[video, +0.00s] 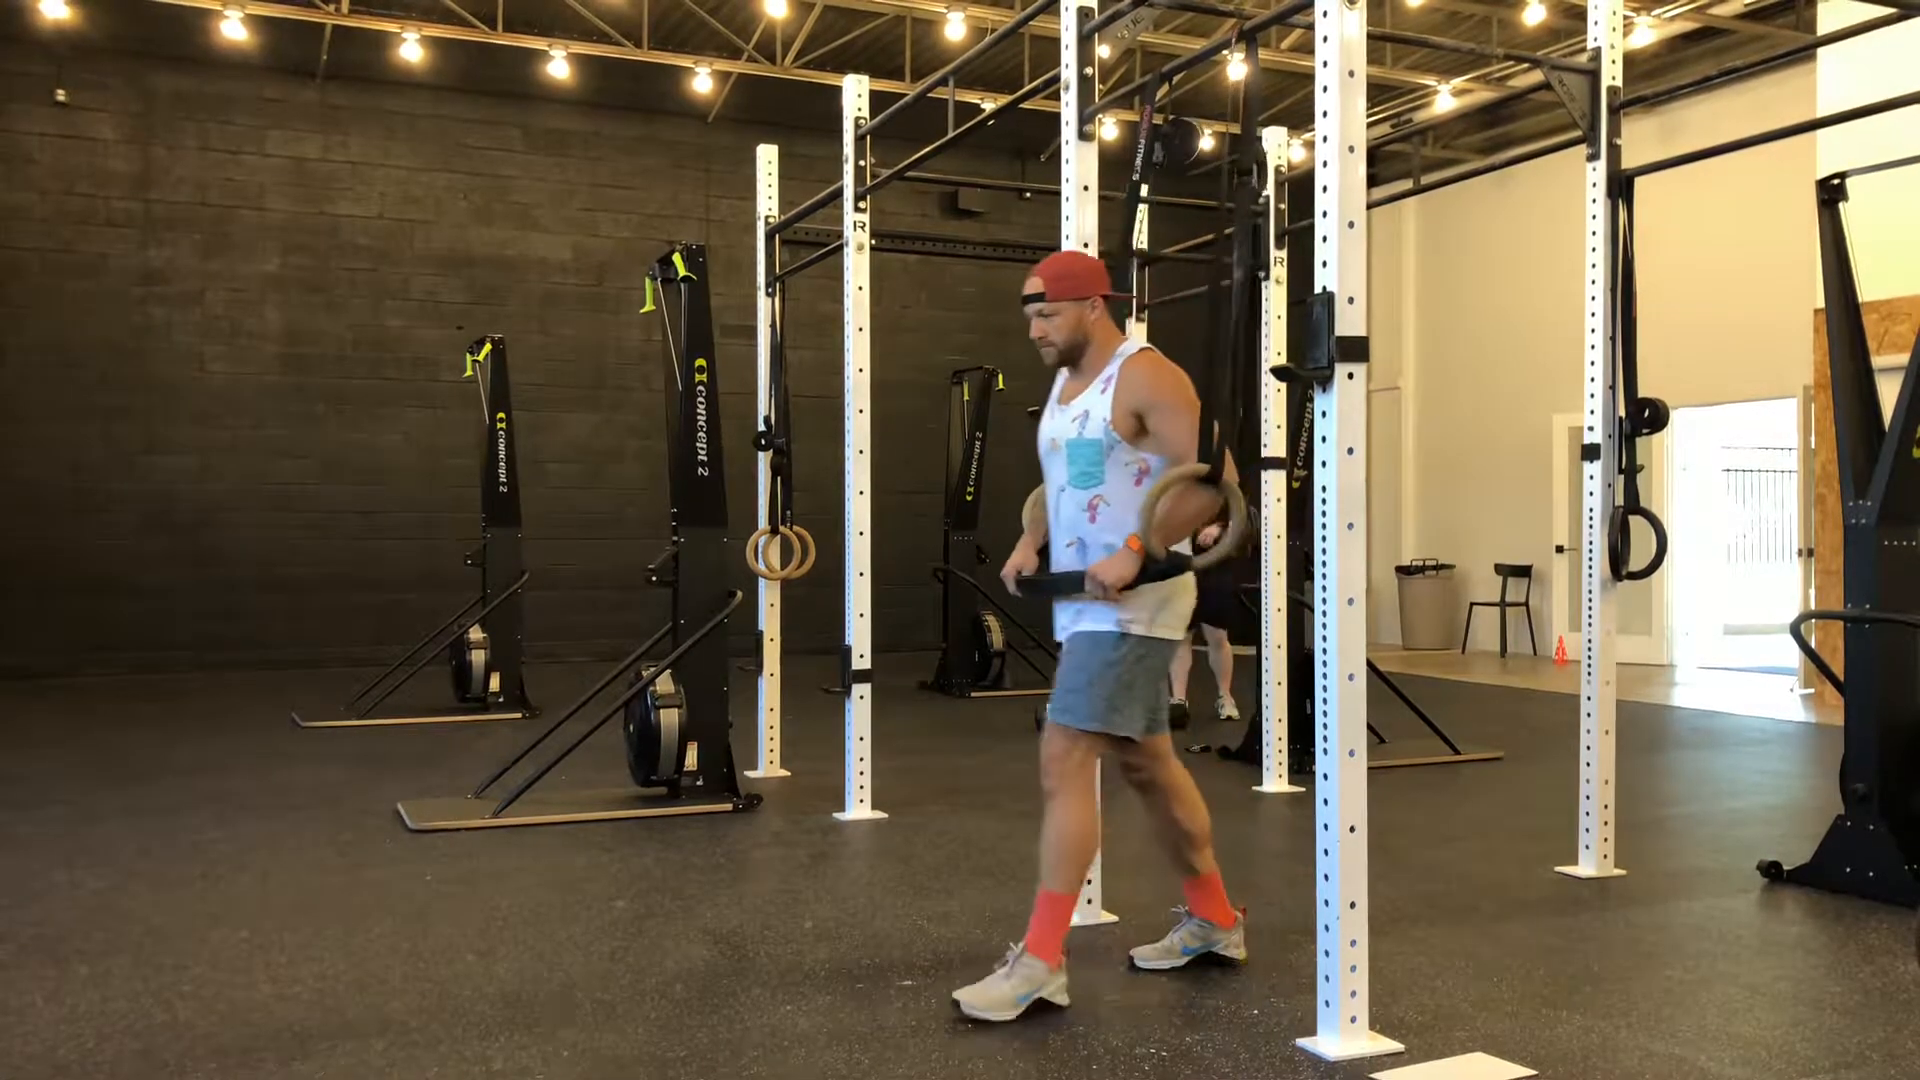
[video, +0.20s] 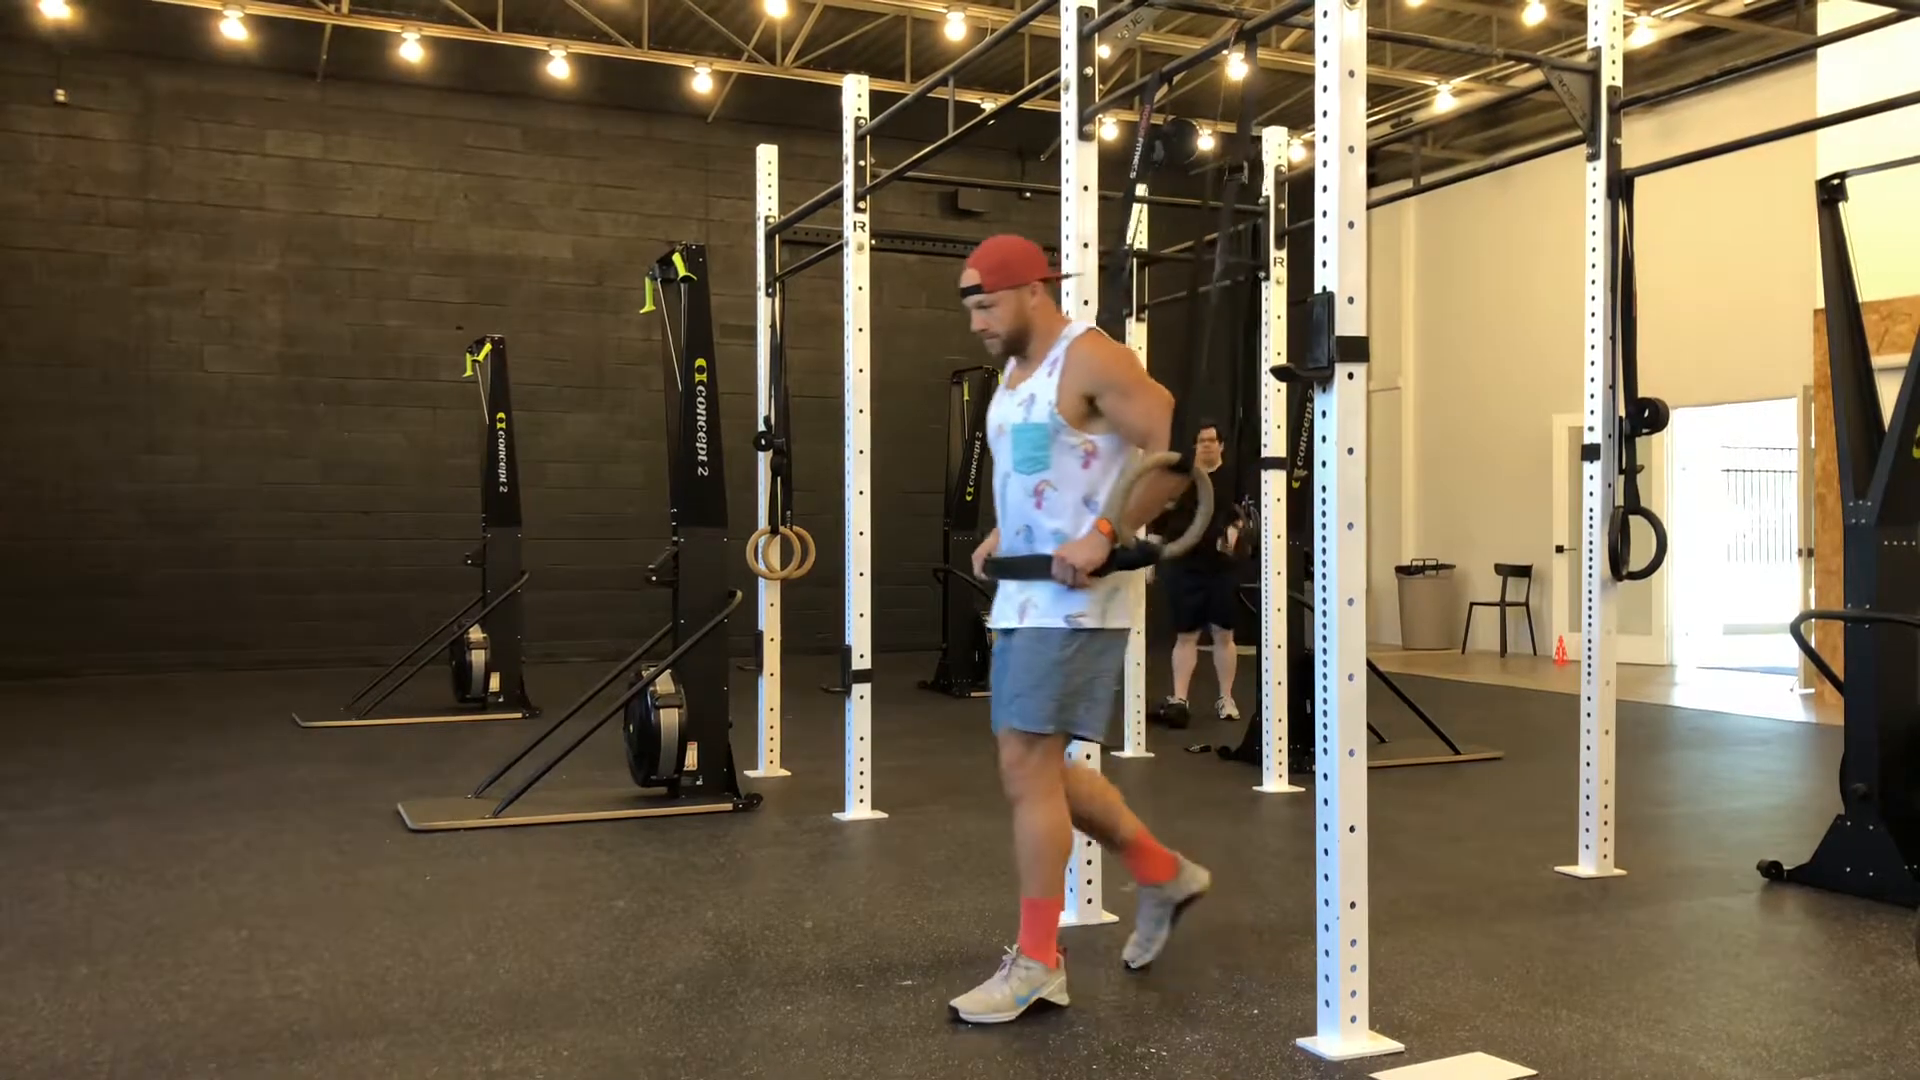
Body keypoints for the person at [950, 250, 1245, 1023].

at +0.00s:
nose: (1032, 324)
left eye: (1043, 308)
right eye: (1029, 311)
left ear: (1094, 306)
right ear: (1049, 318)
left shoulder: (1149, 378)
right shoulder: (1065, 387)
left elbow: (1205, 482)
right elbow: (1067, 483)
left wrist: (1138, 550)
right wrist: (1033, 534)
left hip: (1135, 600)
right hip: (1092, 599)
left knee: (1065, 755)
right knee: (1148, 762)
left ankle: (1042, 959)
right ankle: (1214, 916)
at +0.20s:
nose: (971, 314)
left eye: (980, 298)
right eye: (968, 300)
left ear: (1029, 292)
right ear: (1010, 299)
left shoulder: (1091, 359)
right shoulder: (1016, 372)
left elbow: (1171, 444)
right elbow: (1046, 477)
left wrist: (1104, 531)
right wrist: (1004, 533)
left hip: (1073, 597)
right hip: (1027, 595)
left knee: (1028, 762)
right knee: (1041, 765)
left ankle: (1037, 959)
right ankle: (1164, 874)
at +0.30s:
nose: (942, 314)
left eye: (951, 296)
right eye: (938, 299)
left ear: (998, 286)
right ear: (981, 294)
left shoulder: (1067, 349)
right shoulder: (995, 365)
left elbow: (1150, 436)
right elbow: (1037, 469)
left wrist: (1087, 523)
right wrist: (992, 530)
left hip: (1057, 597)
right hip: (998, 591)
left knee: (1027, 764)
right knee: (975, 751)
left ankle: (1038, 964)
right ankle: (1109, 870)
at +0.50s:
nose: (893, 313)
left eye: (900, 294)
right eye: (888, 298)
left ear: (947, 280)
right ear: (930, 288)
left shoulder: (1016, 335)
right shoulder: (943, 367)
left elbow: (1111, 418)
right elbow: (983, 474)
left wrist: (1060, 521)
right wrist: (953, 554)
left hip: (1017, 602)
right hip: (955, 598)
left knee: (1017, 768)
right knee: (934, 757)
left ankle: (1036, 962)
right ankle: (929, 947)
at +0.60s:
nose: (866, 313)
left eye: (873, 295)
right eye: (860, 299)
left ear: (922, 280)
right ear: (901, 292)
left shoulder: (987, 333)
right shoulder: (918, 366)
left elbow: (1086, 415)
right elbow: (961, 472)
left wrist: (1039, 522)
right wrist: (931, 559)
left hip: (1001, 599)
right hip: (933, 598)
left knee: (1016, 769)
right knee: (912, 763)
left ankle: (1037, 961)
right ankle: (879, 951)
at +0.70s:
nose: (827, 317)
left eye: (834, 299)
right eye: (823, 302)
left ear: (881, 285)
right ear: (867, 291)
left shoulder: (951, 335)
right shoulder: (884, 366)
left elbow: (1049, 410)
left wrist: (1007, 522)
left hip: (970, 604)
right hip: (902, 602)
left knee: (992, 775)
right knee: (873, 762)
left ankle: (1035, 960)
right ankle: (876, 957)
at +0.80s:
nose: (801, 316)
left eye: (808, 297)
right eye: (797, 302)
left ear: (854, 282)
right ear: (842, 291)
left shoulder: (922, 333)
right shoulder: (860, 364)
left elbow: (1025, 407)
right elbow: (907, 474)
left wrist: (980, 522)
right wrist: (876, 567)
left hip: (944, 604)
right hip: (875, 603)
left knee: (961, 774)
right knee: (858, 760)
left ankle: (1031, 958)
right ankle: (873, 958)